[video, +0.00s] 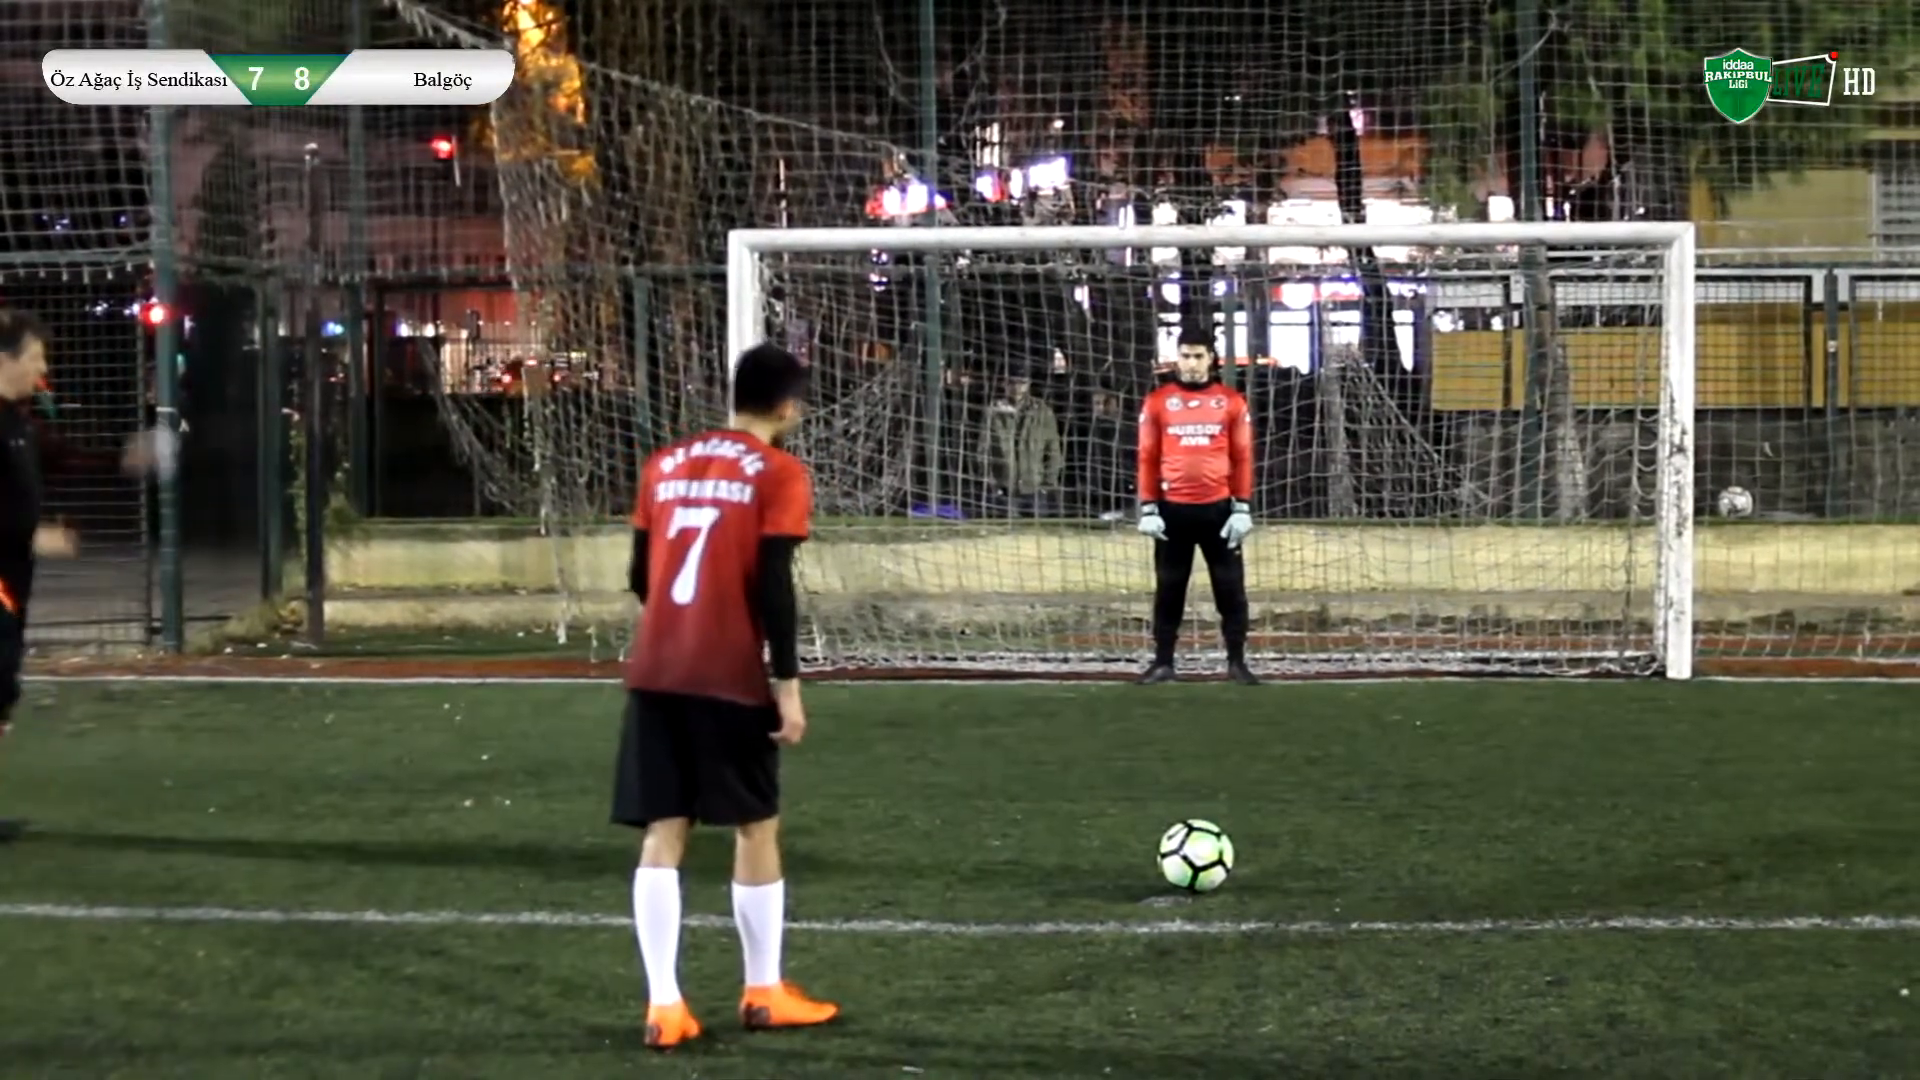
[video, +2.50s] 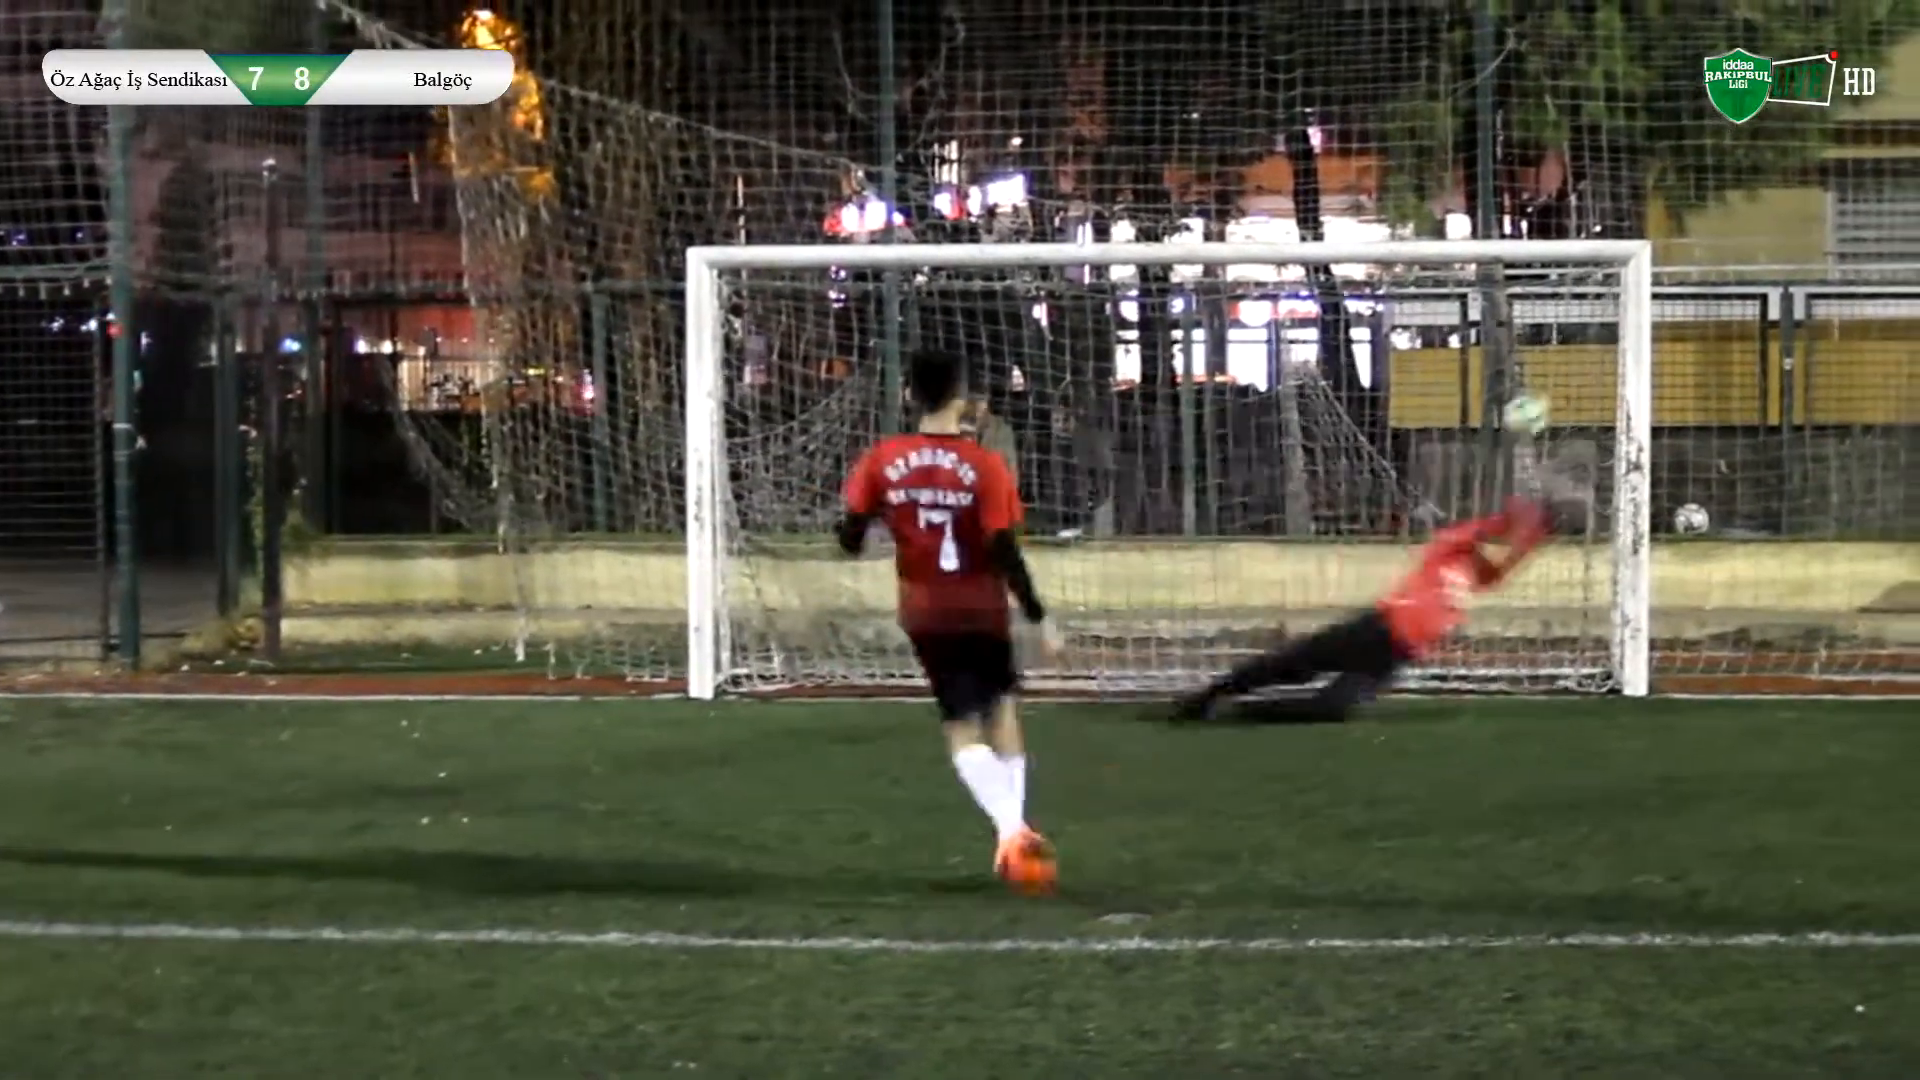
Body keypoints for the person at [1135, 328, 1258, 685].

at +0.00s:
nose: (1191, 363)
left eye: (1199, 356)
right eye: (1185, 356)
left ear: (1212, 359)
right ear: (1176, 359)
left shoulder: (1232, 402)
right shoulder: (1157, 402)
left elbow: (1243, 456)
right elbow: (1147, 456)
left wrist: (1242, 505)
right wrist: (1148, 506)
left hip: (1219, 507)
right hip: (1172, 509)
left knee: (1231, 590)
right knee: (1169, 590)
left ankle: (1236, 660)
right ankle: (1164, 660)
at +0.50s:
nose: (1194, 366)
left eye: (1201, 358)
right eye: (1187, 358)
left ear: (1213, 360)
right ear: (1178, 361)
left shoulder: (1233, 403)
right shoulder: (1157, 403)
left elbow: (1243, 457)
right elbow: (1148, 459)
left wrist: (1242, 507)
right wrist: (1151, 509)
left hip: (1221, 510)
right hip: (1174, 512)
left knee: (1236, 591)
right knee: (1168, 591)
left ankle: (1237, 660)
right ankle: (1162, 660)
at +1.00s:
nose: (1205, 381)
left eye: (1212, 374)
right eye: (1198, 374)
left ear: (1223, 375)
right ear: (1187, 375)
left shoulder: (1243, 415)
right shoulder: (1168, 415)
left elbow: (1252, 472)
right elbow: (1158, 472)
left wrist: (1253, 521)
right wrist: (1157, 523)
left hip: (1231, 516)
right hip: (1185, 516)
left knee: (1255, 589)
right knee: (1167, 593)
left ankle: (1256, 660)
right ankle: (1159, 664)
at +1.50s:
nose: (1215, 384)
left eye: (1222, 378)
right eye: (1209, 377)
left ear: (1232, 382)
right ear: (1197, 379)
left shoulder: (1252, 420)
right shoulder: (1178, 418)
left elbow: (1275, 467)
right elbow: (1153, 463)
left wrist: (1305, 508)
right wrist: (1119, 504)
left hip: (1237, 529)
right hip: (1190, 527)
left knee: (1251, 598)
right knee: (1159, 589)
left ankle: (1254, 664)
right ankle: (1151, 658)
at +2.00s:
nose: (1235, 495)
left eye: (1245, 488)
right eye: (1229, 486)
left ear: (1259, 495)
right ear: (1219, 489)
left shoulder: (1270, 524)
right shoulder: (1203, 520)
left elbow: (1296, 555)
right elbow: (1179, 548)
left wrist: (1313, 576)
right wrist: (1149, 564)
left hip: (1254, 601)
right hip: (1209, 595)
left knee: (1283, 631)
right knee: (1155, 627)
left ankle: (1240, 692)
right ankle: (1098, 687)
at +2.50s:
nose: (1491, 555)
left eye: (1492, 552)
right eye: (1488, 546)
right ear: (1481, 538)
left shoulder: (1473, 578)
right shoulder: (1449, 552)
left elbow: (1501, 572)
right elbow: (1466, 534)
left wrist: (1527, 543)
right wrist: (1508, 521)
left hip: (1390, 657)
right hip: (1373, 630)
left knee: (1332, 704)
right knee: (1291, 664)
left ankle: (1245, 713)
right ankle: (1210, 696)